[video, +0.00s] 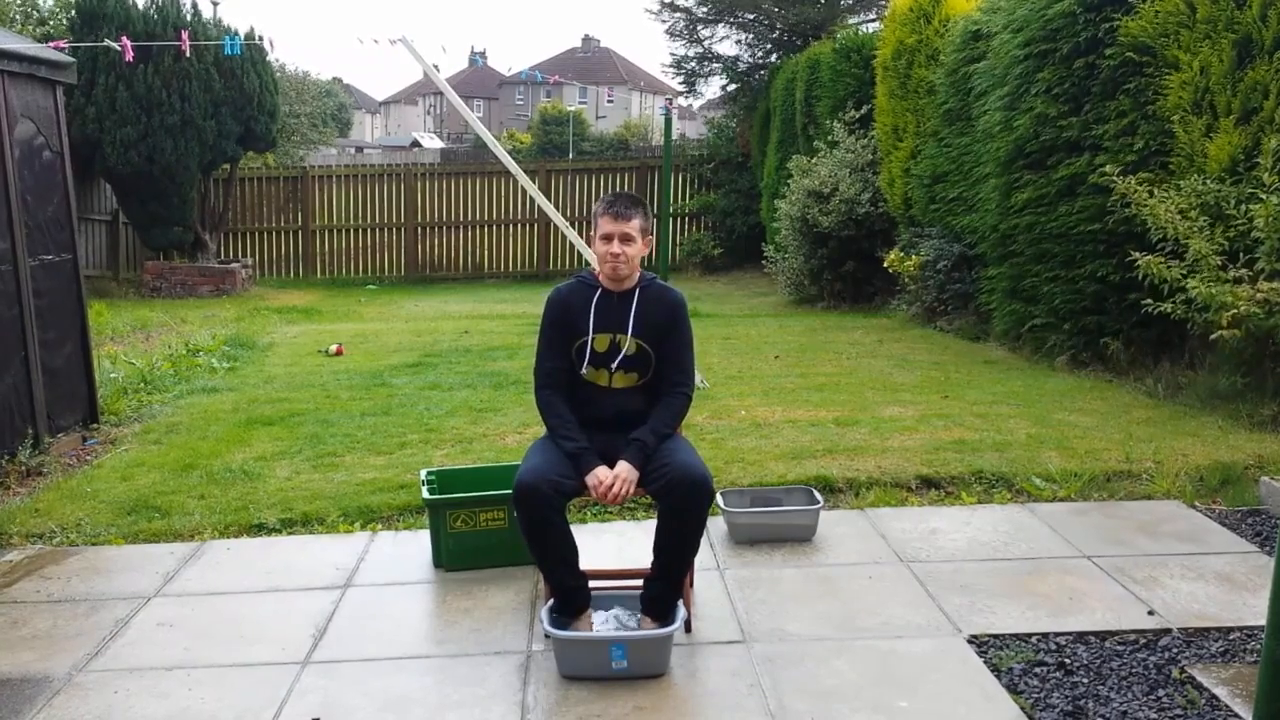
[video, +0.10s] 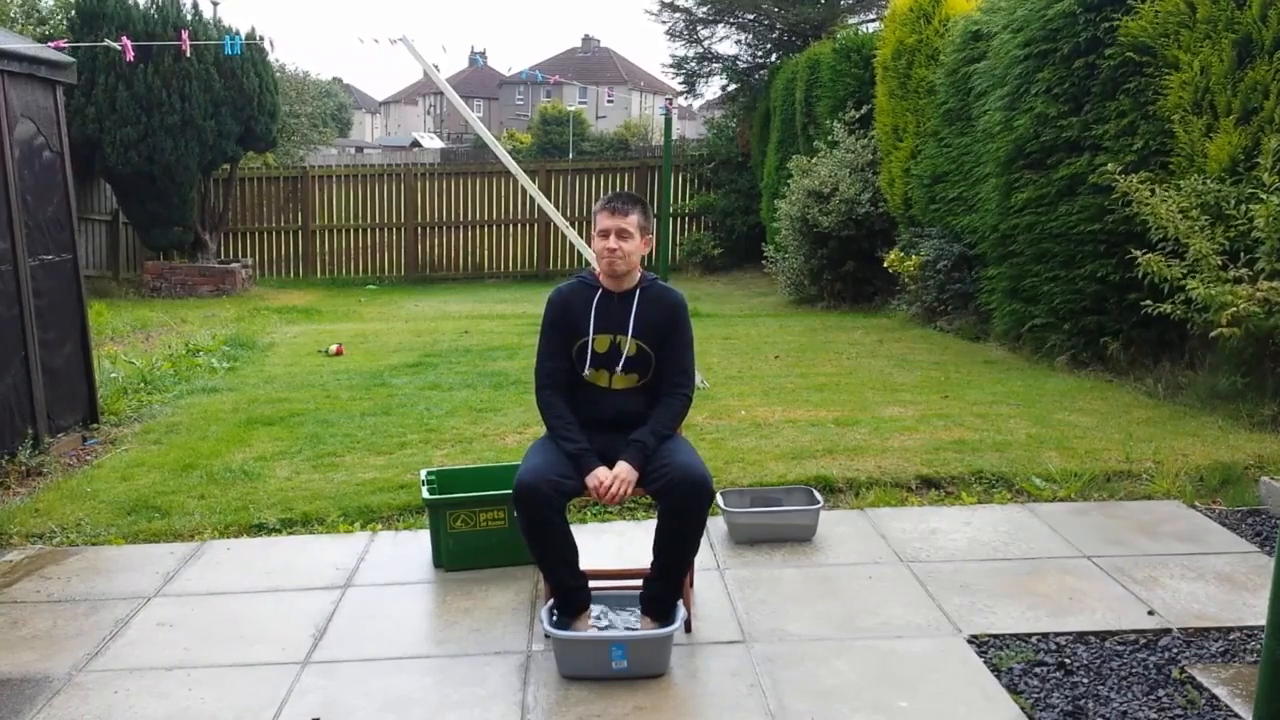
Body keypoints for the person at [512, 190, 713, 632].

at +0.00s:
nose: (614, 250)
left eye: (626, 240)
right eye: (605, 239)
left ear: (646, 245)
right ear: (592, 243)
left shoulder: (667, 304)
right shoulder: (565, 301)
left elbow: (678, 391)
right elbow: (549, 390)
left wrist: (635, 458)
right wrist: (587, 461)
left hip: (648, 435)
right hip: (575, 437)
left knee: (693, 484)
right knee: (531, 488)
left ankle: (658, 606)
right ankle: (573, 604)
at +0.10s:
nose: (610, 245)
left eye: (623, 235)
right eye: (602, 235)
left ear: (646, 244)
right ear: (591, 242)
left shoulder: (668, 304)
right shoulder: (566, 301)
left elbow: (678, 392)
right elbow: (549, 391)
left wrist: (634, 458)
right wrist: (588, 462)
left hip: (648, 435)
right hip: (575, 436)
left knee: (693, 484)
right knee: (531, 488)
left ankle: (658, 606)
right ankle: (573, 604)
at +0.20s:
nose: (608, 242)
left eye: (621, 233)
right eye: (600, 233)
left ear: (645, 244)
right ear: (591, 241)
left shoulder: (667, 304)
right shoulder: (566, 301)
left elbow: (678, 393)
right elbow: (550, 391)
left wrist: (634, 458)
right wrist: (587, 462)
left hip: (648, 434)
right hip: (575, 436)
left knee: (692, 485)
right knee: (533, 487)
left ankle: (659, 604)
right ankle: (572, 601)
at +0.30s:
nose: (603, 242)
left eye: (615, 233)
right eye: (597, 233)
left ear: (644, 243)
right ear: (589, 240)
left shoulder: (668, 305)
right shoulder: (566, 301)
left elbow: (678, 393)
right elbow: (551, 391)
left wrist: (635, 458)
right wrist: (588, 462)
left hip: (648, 434)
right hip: (576, 435)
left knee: (692, 484)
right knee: (535, 487)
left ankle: (657, 605)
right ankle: (574, 603)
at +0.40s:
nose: (593, 243)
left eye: (606, 234)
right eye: (590, 233)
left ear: (640, 245)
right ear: (584, 237)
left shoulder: (668, 304)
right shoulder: (566, 301)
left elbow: (678, 393)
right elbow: (552, 391)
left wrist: (635, 457)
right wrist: (589, 462)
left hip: (648, 434)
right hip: (576, 435)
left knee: (693, 483)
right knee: (534, 487)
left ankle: (657, 605)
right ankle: (574, 606)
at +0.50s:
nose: (588, 244)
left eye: (601, 234)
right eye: (586, 233)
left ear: (637, 245)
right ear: (582, 237)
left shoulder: (667, 305)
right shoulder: (566, 300)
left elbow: (678, 393)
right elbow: (552, 390)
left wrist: (634, 459)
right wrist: (588, 463)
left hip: (648, 434)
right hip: (576, 435)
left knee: (693, 484)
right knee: (533, 487)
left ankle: (658, 604)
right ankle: (574, 604)